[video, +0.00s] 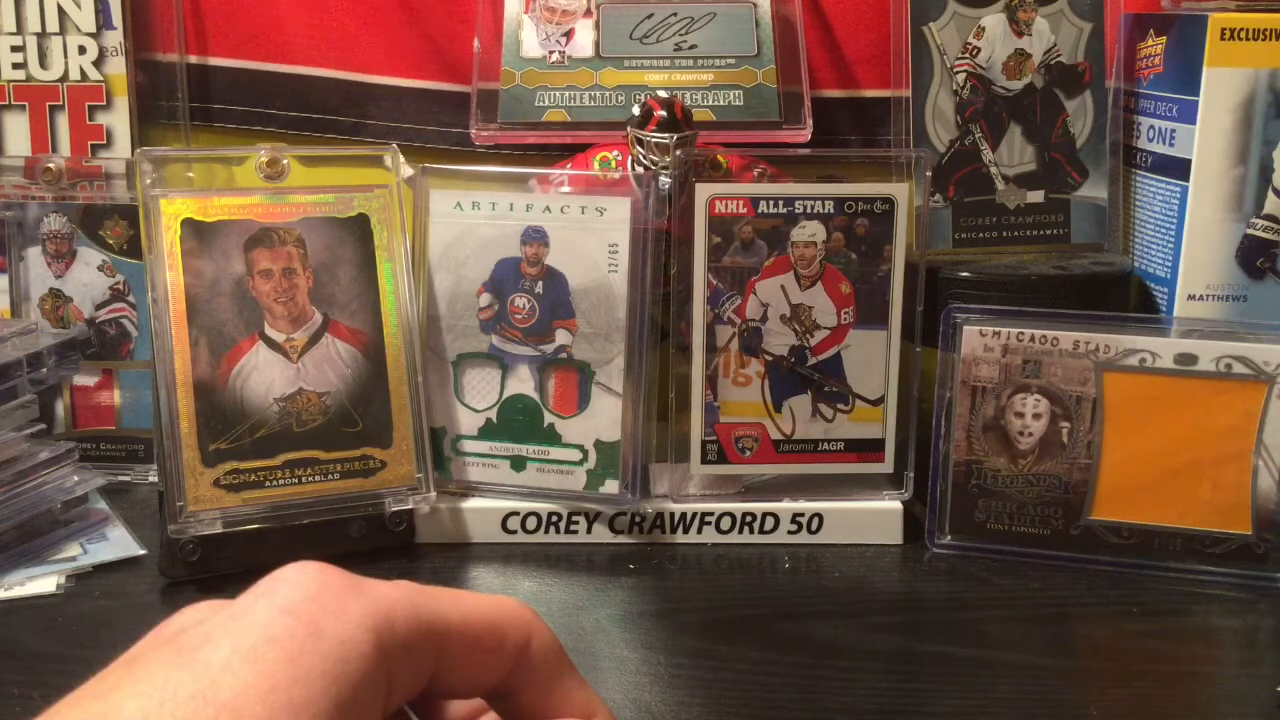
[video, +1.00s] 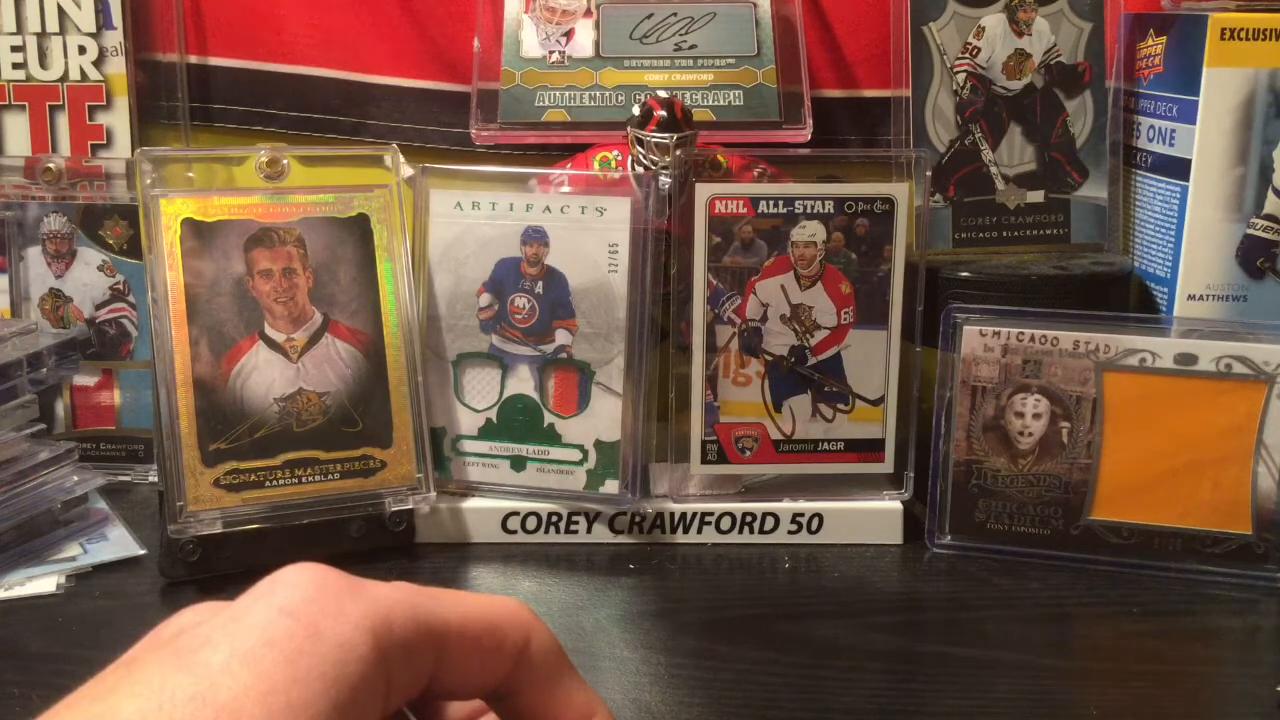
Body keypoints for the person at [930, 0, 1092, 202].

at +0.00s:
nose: (1029, 16)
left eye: (1033, 10)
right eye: (1024, 10)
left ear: (1037, 10)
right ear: (1011, 9)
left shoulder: (1041, 27)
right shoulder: (990, 26)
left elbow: (1050, 61)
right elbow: (965, 62)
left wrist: (1068, 74)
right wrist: (969, 96)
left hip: (1026, 92)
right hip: (993, 94)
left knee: (1056, 122)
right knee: (980, 138)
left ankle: (1063, 177)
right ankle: (943, 185)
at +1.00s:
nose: (1029, 16)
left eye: (1033, 10)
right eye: (1024, 10)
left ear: (1037, 11)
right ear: (1010, 9)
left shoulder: (1041, 27)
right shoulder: (990, 26)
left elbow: (1050, 63)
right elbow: (965, 62)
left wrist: (1069, 75)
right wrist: (969, 97)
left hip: (1025, 92)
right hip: (992, 93)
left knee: (1055, 118)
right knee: (981, 136)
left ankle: (1063, 173)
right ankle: (942, 183)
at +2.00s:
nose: (1029, 16)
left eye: (1033, 10)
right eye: (1024, 10)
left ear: (1037, 10)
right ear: (1011, 9)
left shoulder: (1041, 27)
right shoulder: (990, 26)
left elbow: (1050, 62)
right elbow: (965, 62)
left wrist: (1069, 74)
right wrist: (969, 95)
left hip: (1027, 91)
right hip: (993, 93)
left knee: (1056, 120)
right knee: (980, 138)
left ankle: (1063, 174)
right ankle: (942, 185)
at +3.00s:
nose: (1029, 15)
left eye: (1033, 10)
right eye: (1023, 9)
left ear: (1037, 9)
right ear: (1011, 8)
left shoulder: (1041, 27)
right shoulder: (990, 25)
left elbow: (1051, 60)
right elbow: (965, 62)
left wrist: (1068, 74)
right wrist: (970, 97)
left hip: (1026, 92)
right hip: (993, 94)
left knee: (1056, 121)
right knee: (979, 138)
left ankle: (1062, 175)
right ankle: (942, 184)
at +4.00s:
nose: (1029, 15)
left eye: (1033, 10)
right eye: (1023, 9)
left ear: (1037, 9)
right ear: (1011, 8)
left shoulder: (1041, 27)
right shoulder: (991, 26)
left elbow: (1051, 58)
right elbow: (965, 62)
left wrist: (1066, 74)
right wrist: (968, 98)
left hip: (1024, 93)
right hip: (992, 94)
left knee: (1052, 132)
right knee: (979, 142)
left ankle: (1060, 185)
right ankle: (940, 184)